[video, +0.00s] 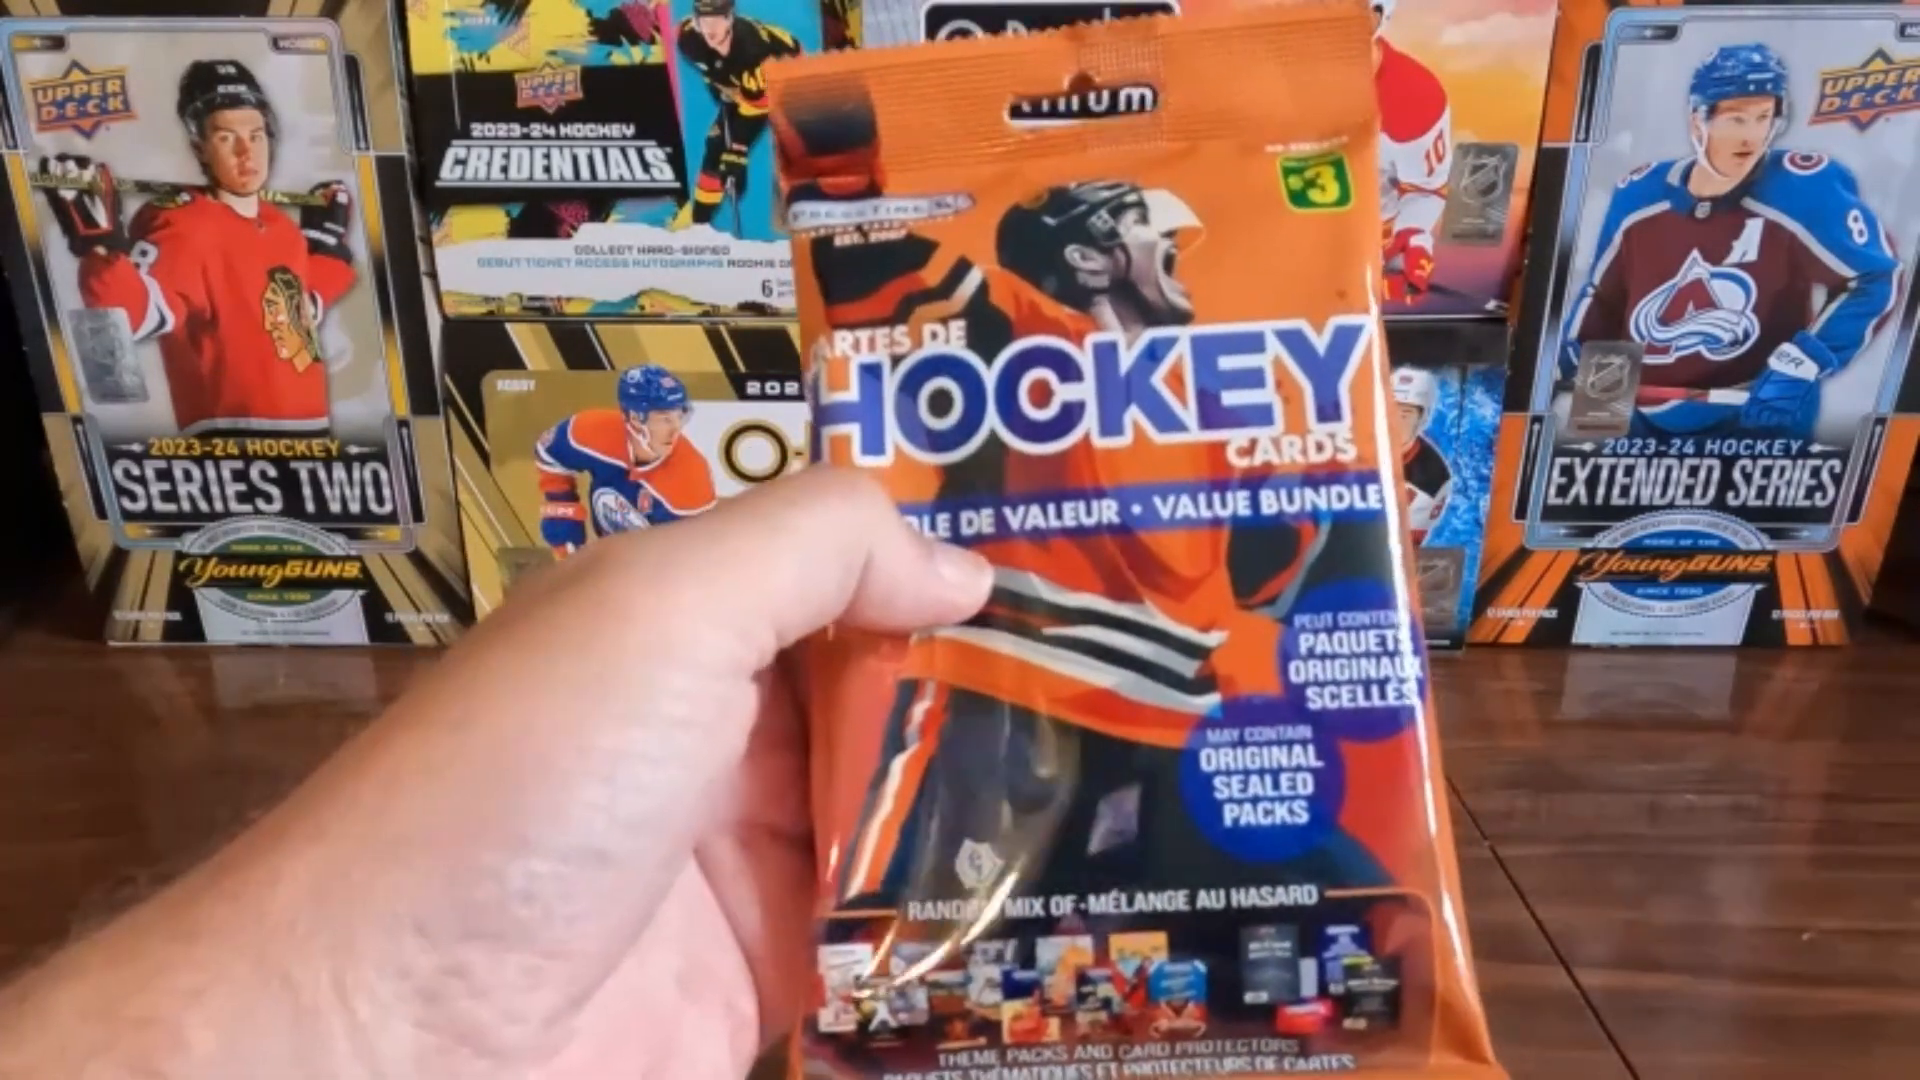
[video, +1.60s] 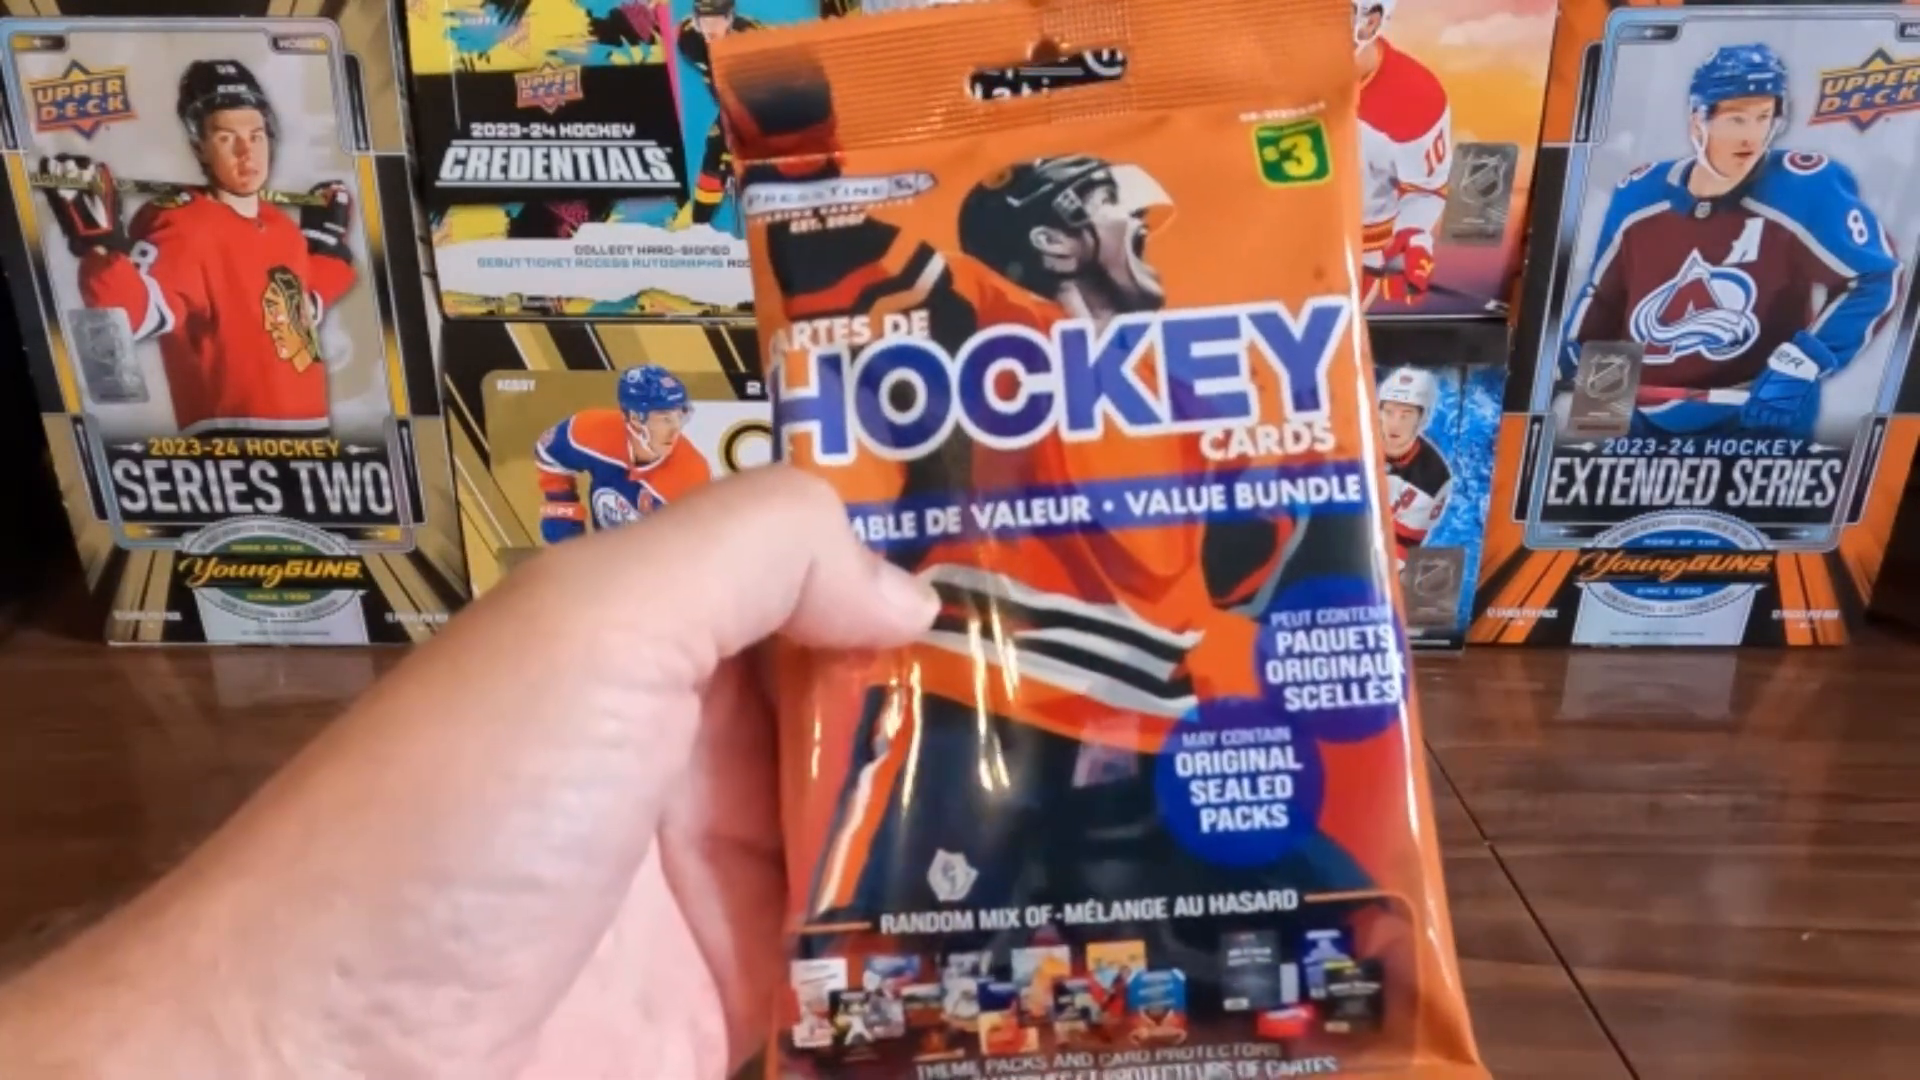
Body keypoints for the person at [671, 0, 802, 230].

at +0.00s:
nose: (710, 30)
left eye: (716, 22)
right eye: (704, 22)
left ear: (729, 19)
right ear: (695, 21)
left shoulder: (750, 48)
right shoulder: (688, 37)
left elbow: (755, 107)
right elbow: (711, 72)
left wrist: (737, 153)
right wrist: (729, 91)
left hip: (788, 83)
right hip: (738, 94)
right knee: (716, 148)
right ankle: (700, 221)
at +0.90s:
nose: (709, 30)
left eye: (716, 22)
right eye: (704, 22)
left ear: (729, 19)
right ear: (696, 21)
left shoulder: (753, 37)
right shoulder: (688, 38)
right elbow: (712, 76)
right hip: (731, 103)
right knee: (716, 152)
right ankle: (699, 221)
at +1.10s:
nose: (711, 33)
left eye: (717, 26)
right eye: (705, 26)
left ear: (730, 19)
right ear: (696, 21)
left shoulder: (754, 36)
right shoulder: (688, 39)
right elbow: (710, 73)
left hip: (762, 109)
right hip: (728, 109)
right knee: (714, 160)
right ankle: (700, 221)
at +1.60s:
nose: (710, 30)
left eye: (716, 22)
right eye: (704, 22)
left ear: (730, 18)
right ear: (696, 20)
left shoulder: (752, 35)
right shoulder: (688, 39)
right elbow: (710, 73)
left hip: (761, 111)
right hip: (727, 111)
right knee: (714, 161)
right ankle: (700, 220)